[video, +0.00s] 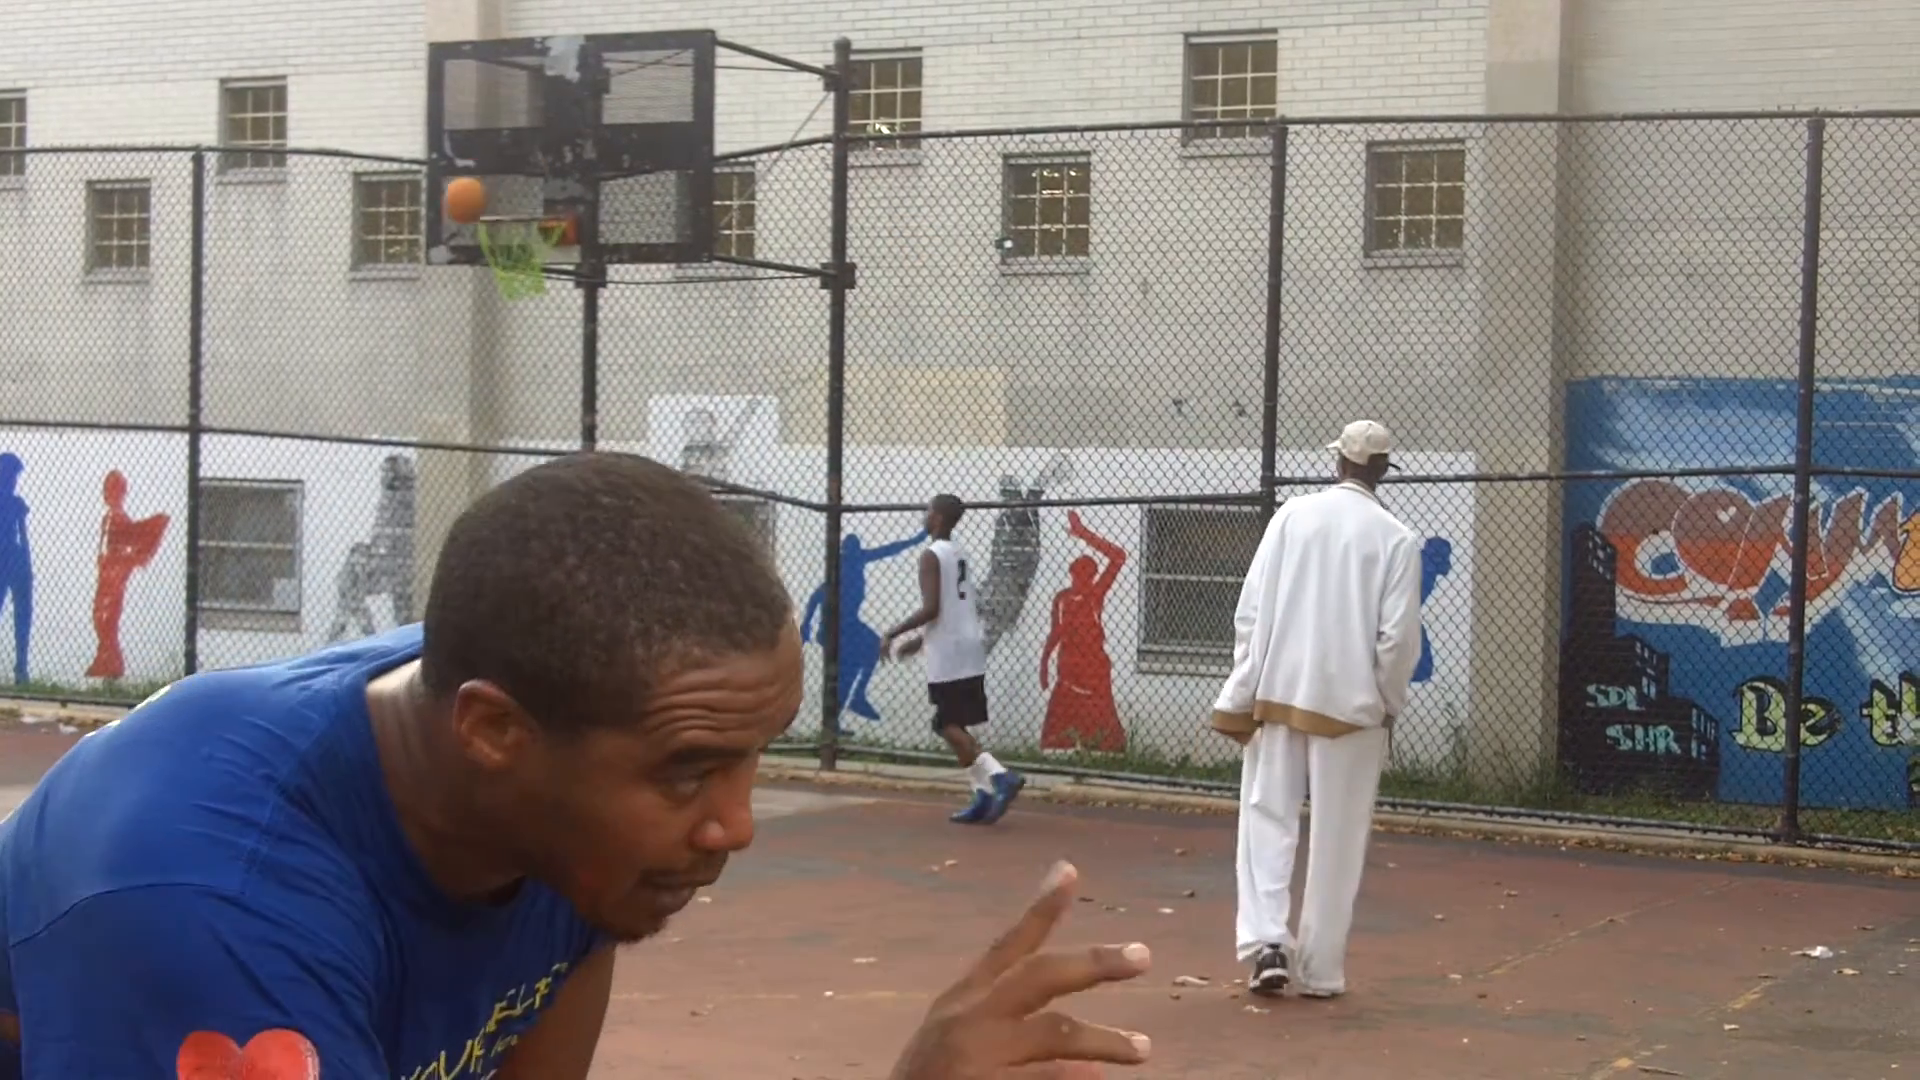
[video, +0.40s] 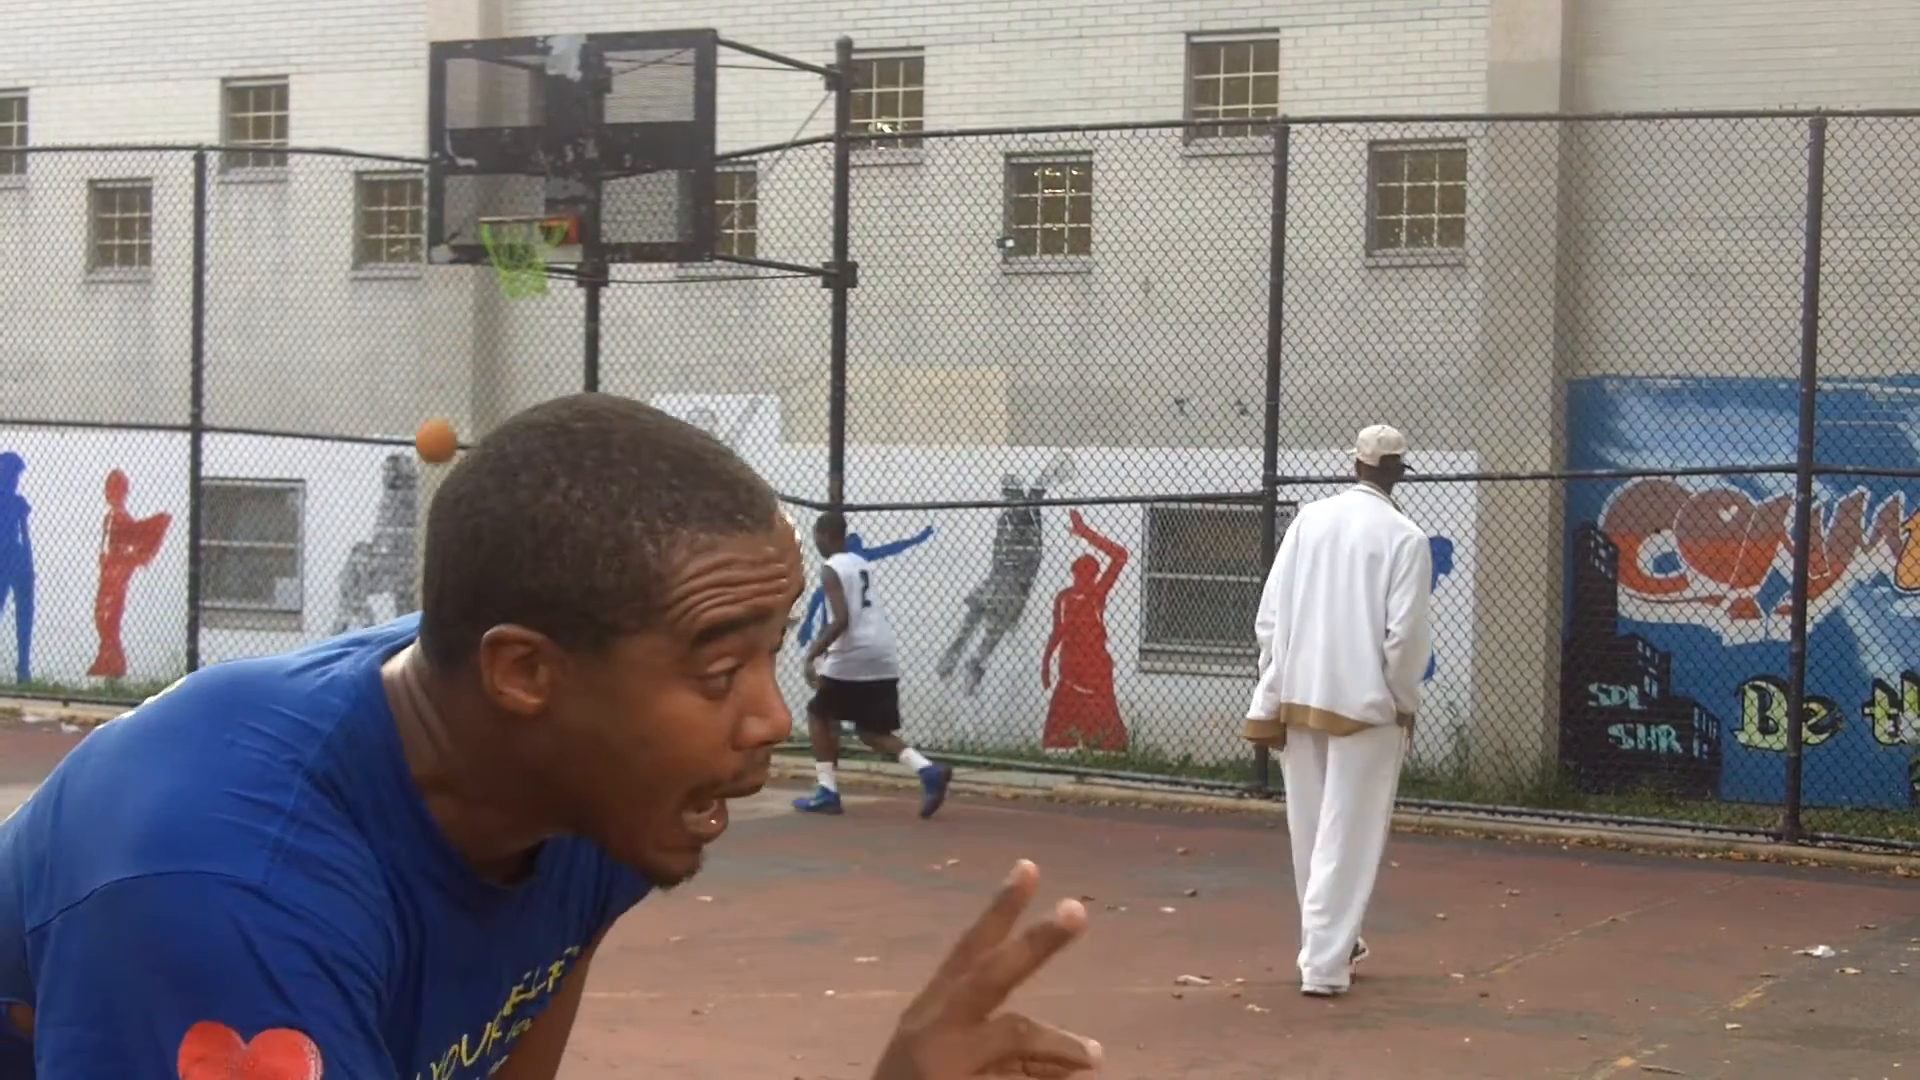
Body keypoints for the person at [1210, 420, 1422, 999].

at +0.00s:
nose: (1360, 471)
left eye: (1346, 461)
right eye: (1375, 466)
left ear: (1336, 463)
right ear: (1383, 470)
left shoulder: (1290, 517)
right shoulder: (1395, 538)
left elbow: (1250, 613)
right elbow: (1396, 637)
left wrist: (1243, 690)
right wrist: (1390, 705)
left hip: (1277, 692)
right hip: (1350, 701)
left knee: (1266, 818)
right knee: (1339, 833)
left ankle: (1265, 942)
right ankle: (1321, 972)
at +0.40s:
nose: (1388, 474)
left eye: (1371, 463)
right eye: (1396, 468)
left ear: (1354, 466)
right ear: (1400, 472)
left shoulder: (1307, 519)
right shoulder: (1404, 538)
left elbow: (1269, 617)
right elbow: (1403, 634)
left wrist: (1274, 688)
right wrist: (1407, 702)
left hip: (1298, 696)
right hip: (1364, 703)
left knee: (1308, 826)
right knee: (1345, 832)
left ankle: (1326, 940)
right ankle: (1321, 967)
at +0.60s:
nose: (1393, 479)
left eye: (1373, 465)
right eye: (1398, 472)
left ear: (1354, 470)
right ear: (1398, 475)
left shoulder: (1312, 528)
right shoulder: (1407, 538)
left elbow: (1282, 627)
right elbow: (1410, 634)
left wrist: (1293, 697)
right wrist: (1417, 704)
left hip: (1314, 699)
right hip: (1378, 703)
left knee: (1333, 831)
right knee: (1363, 832)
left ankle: (1367, 945)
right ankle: (1324, 962)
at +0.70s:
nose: (1396, 476)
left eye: (1385, 466)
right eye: (1397, 469)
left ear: (1351, 471)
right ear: (1395, 472)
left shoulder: (1315, 529)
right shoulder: (1409, 534)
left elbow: (1289, 627)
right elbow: (1416, 628)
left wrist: (1307, 692)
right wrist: (1427, 699)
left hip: (1324, 697)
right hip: (1386, 701)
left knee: (1338, 826)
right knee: (1375, 830)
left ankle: (1365, 946)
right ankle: (1327, 950)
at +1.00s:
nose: (1399, 477)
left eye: (1380, 470)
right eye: (1404, 470)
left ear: (1364, 476)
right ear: (1408, 474)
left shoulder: (1333, 532)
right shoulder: (1434, 530)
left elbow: (1312, 629)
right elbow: (1447, 623)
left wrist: (1316, 703)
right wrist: (1461, 692)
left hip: (1349, 695)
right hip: (1417, 694)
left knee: (1354, 822)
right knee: (1424, 826)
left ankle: (1358, 950)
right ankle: (1382, 930)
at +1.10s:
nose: (1412, 479)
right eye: (1415, 472)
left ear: (1372, 477)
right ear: (1417, 475)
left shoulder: (1338, 532)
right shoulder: (1443, 532)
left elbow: (1314, 628)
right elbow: (1454, 625)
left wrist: (1318, 703)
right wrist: (1466, 692)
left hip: (1353, 696)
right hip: (1423, 696)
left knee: (1354, 824)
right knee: (1433, 825)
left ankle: (1358, 945)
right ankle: (1419, 939)